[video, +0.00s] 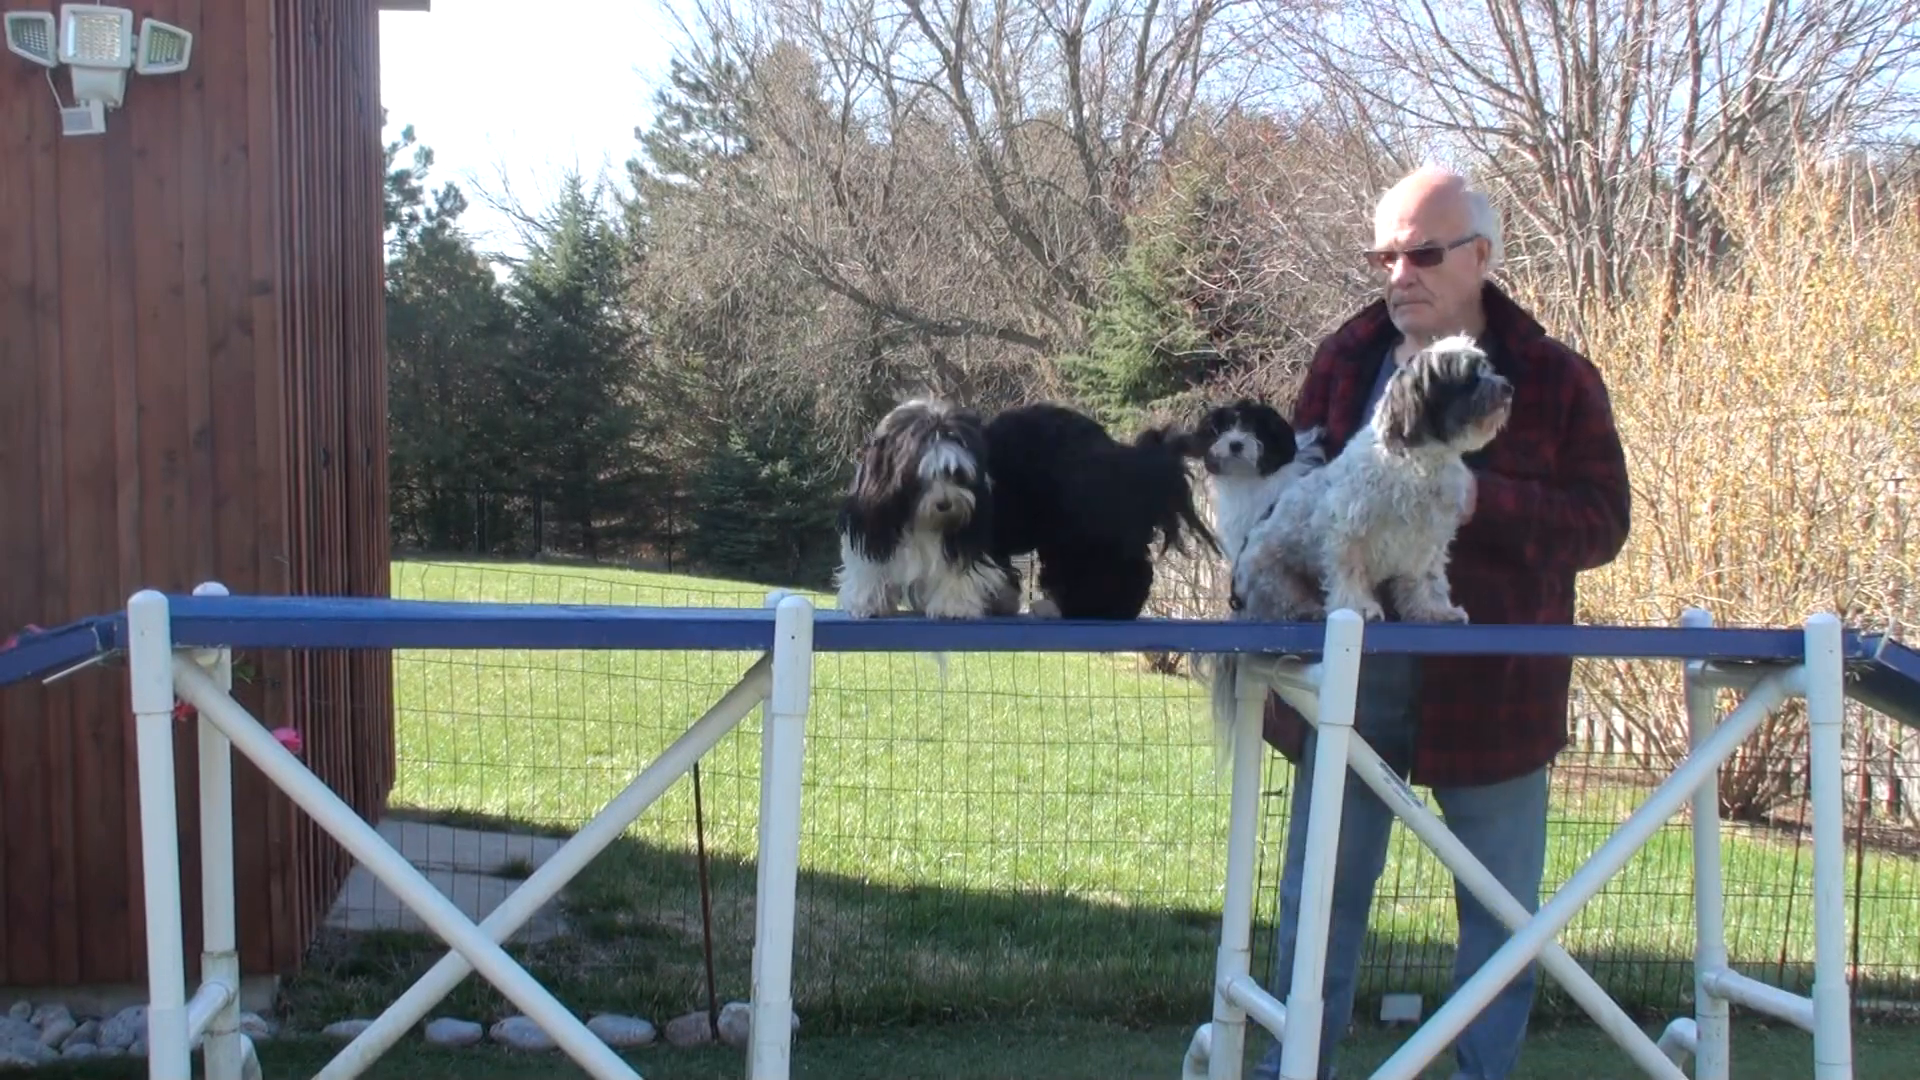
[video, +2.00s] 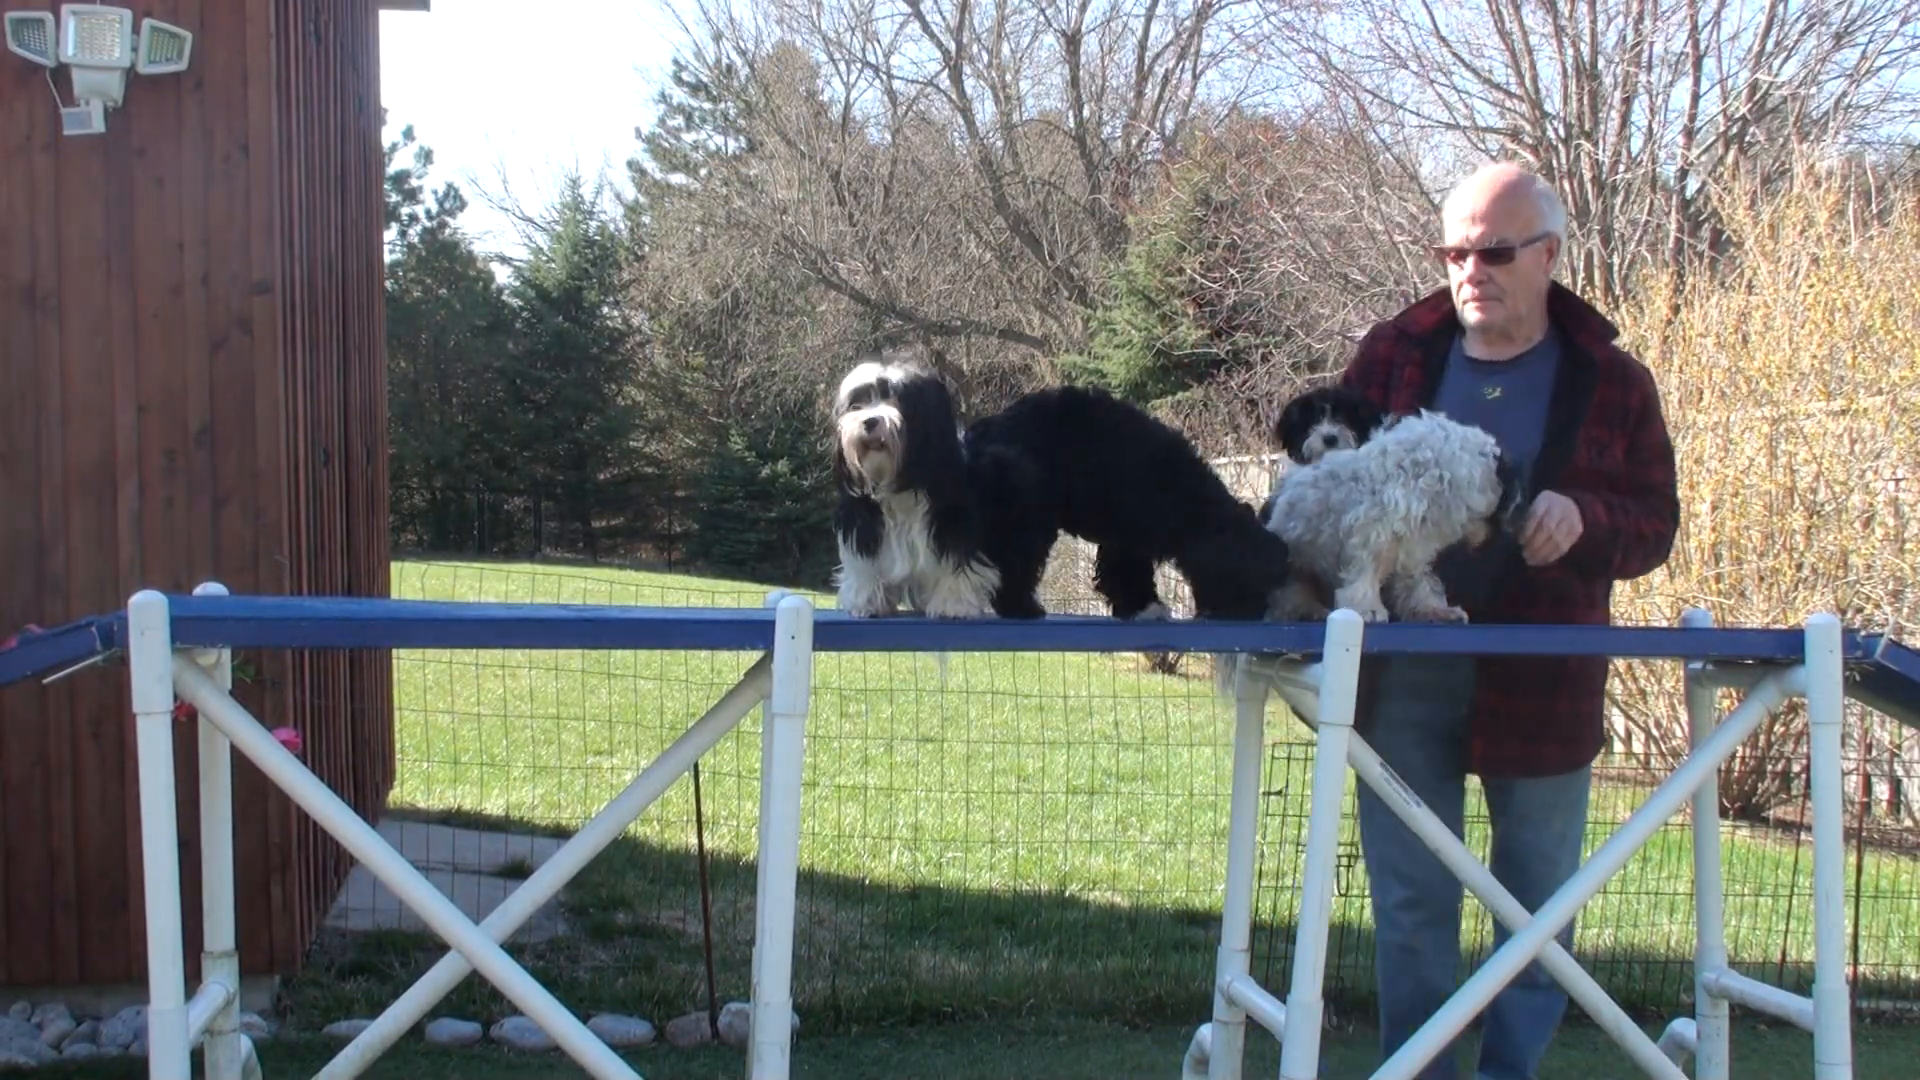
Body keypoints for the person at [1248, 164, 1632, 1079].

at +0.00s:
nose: (1403, 273)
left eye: (1428, 255)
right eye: (1390, 255)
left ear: (1484, 257)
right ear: (1375, 258)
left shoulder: (1557, 378)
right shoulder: (1344, 362)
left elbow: (1600, 524)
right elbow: (1290, 498)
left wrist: (1465, 488)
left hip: (1496, 677)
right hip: (1352, 667)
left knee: (1500, 919)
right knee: (1320, 903)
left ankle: (1485, 1067)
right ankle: (1298, 1064)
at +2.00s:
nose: (1474, 270)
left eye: (1500, 252)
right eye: (1459, 252)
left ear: (1554, 254)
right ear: (1442, 256)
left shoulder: (1614, 381)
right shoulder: (1391, 357)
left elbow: (1652, 527)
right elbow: (1323, 481)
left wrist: (1582, 518)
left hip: (1544, 677)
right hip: (1405, 667)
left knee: (1538, 913)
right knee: (1410, 906)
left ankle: (1511, 1064)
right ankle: (1414, 1069)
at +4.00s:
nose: (1584, 250)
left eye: (1607, 234)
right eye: (1563, 235)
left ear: (1642, 252)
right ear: (1535, 252)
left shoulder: (1685, 371)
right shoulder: (1475, 347)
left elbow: (1729, 511)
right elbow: (1389, 446)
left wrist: (1622, 463)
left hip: (1617, 658)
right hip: (1479, 650)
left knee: (1615, 902)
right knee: (1452, 895)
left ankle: (1597, 1068)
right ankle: (1425, 1068)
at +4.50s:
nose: (1590, 256)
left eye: (1612, 240)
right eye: (1569, 241)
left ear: (1646, 254)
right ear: (1541, 258)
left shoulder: (1682, 355)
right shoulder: (1486, 350)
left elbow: (1741, 473)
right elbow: (1404, 454)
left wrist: (1655, 424)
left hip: (1631, 652)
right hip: (1496, 645)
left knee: (1627, 889)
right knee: (1473, 881)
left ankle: (1599, 1064)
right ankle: (1448, 1063)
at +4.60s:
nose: (1586, 258)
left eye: (1609, 242)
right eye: (1565, 243)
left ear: (1642, 255)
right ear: (1537, 257)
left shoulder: (1676, 348)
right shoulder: (1484, 350)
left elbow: (1732, 443)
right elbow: (1400, 449)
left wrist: (1665, 383)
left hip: (1628, 654)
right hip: (1491, 650)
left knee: (1625, 895)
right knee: (1488, 888)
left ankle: (1600, 1067)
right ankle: (1483, 1064)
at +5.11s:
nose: (1542, 278)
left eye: (1565, 257)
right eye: (1520, 260)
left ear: (1605, 255)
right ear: (1492, 264)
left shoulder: (1637, 354)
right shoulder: (1449, 357)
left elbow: (1700, 393)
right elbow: (1375, 464)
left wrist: (1648, 320)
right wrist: (1368, 533)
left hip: (1621, 660)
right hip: (1482, 660)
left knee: (1634, 890)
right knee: (1492, 898)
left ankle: (1616, 1068)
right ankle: (1502, 1065)